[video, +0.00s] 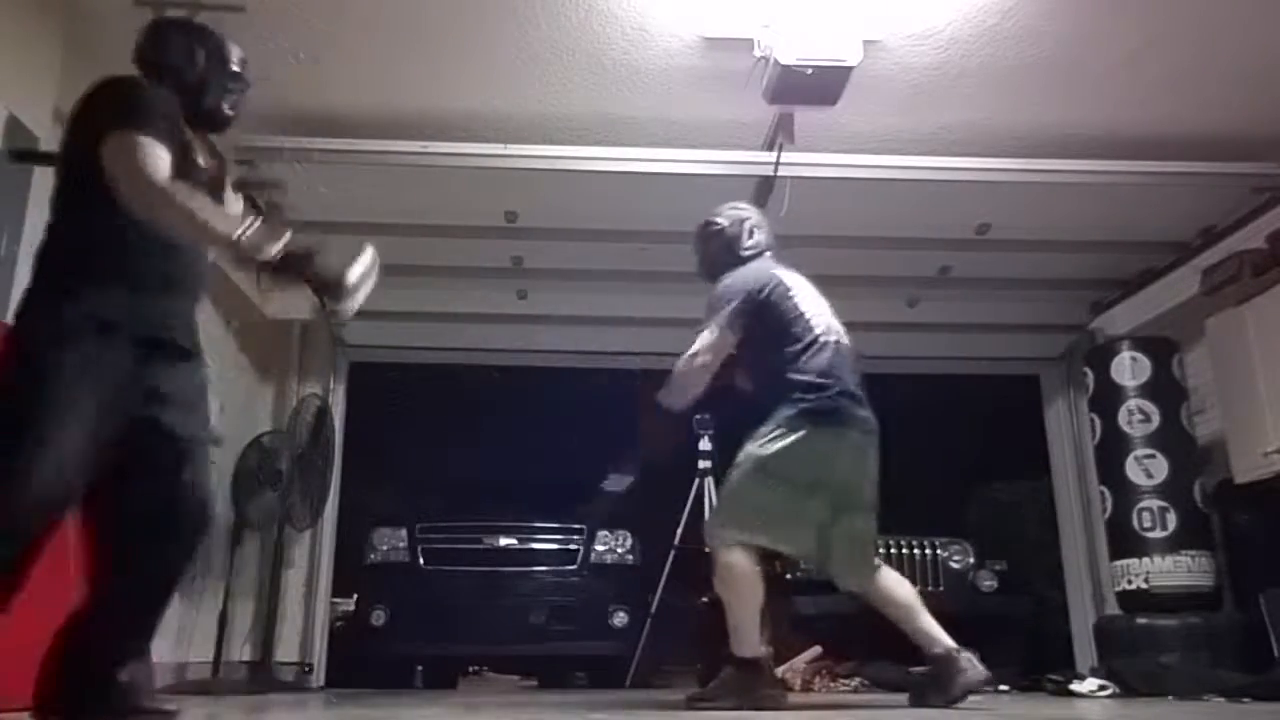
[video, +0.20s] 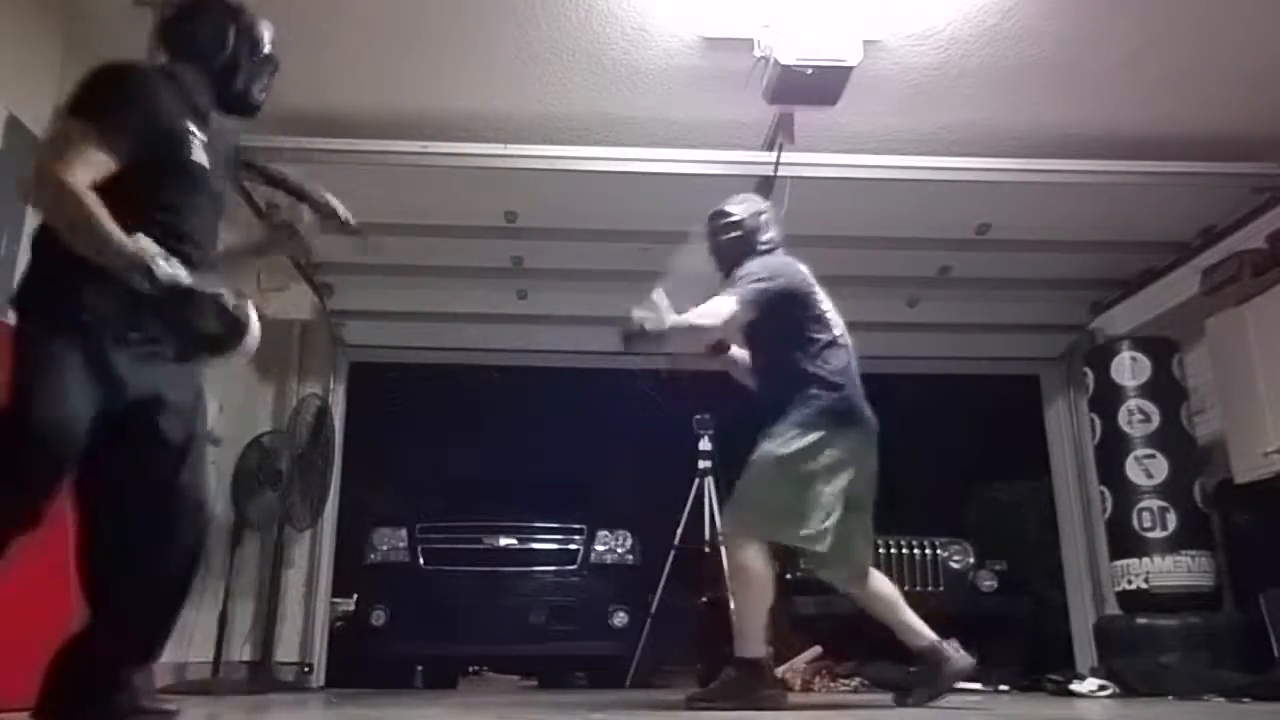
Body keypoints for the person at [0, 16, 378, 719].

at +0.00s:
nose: (240, 89)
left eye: (242, 77)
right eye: (229, 72)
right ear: (184, 66)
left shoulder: (204, 162)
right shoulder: (131, 101)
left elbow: (228, 250)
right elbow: (144, 187)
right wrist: (254, 241)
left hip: (166, 356)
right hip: (82, 340)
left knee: (174, 517)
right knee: (27, 497)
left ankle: (89, 681)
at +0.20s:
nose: (270, 74)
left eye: (271, 59)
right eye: (262, 54)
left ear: (233, 53)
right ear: (220, 43)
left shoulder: (216, 141)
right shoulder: (134, 90)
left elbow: (187, 258)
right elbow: (53, 180)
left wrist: (280, 244)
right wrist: (146, 267)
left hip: (165, 356)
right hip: (74, 338)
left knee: (171, 530)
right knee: (28, 475)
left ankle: (95, 690)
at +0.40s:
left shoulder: (233, 42)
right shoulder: (101, 7)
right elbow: (34, 104)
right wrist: (181, 116)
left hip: (173, 296)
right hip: (84, 273)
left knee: (156, 500)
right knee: (51, 432)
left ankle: (95, 677)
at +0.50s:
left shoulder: (223, 45)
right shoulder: (102, 4)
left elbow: (224, 164)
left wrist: (262, 242)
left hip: (179, 269)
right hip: (84, 230)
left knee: (216, 474)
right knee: (77, 399)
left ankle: (99, 641)